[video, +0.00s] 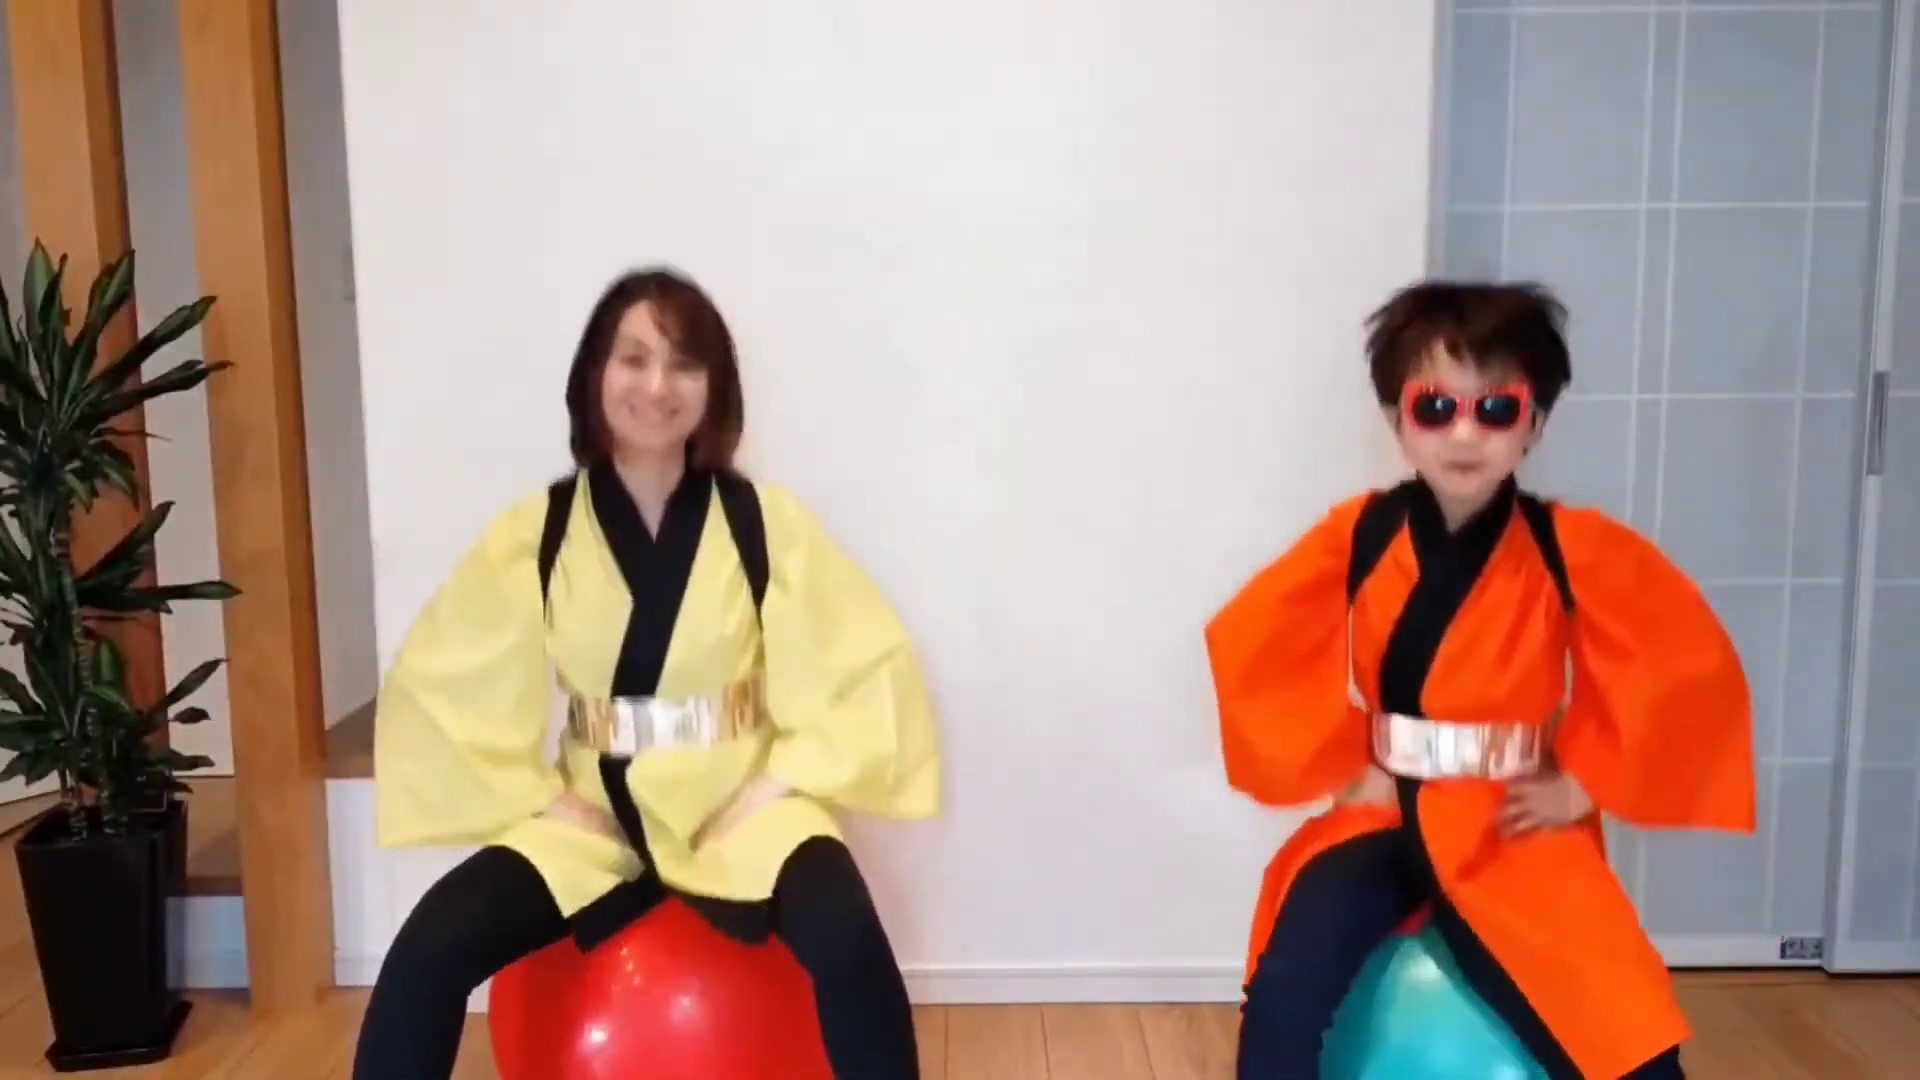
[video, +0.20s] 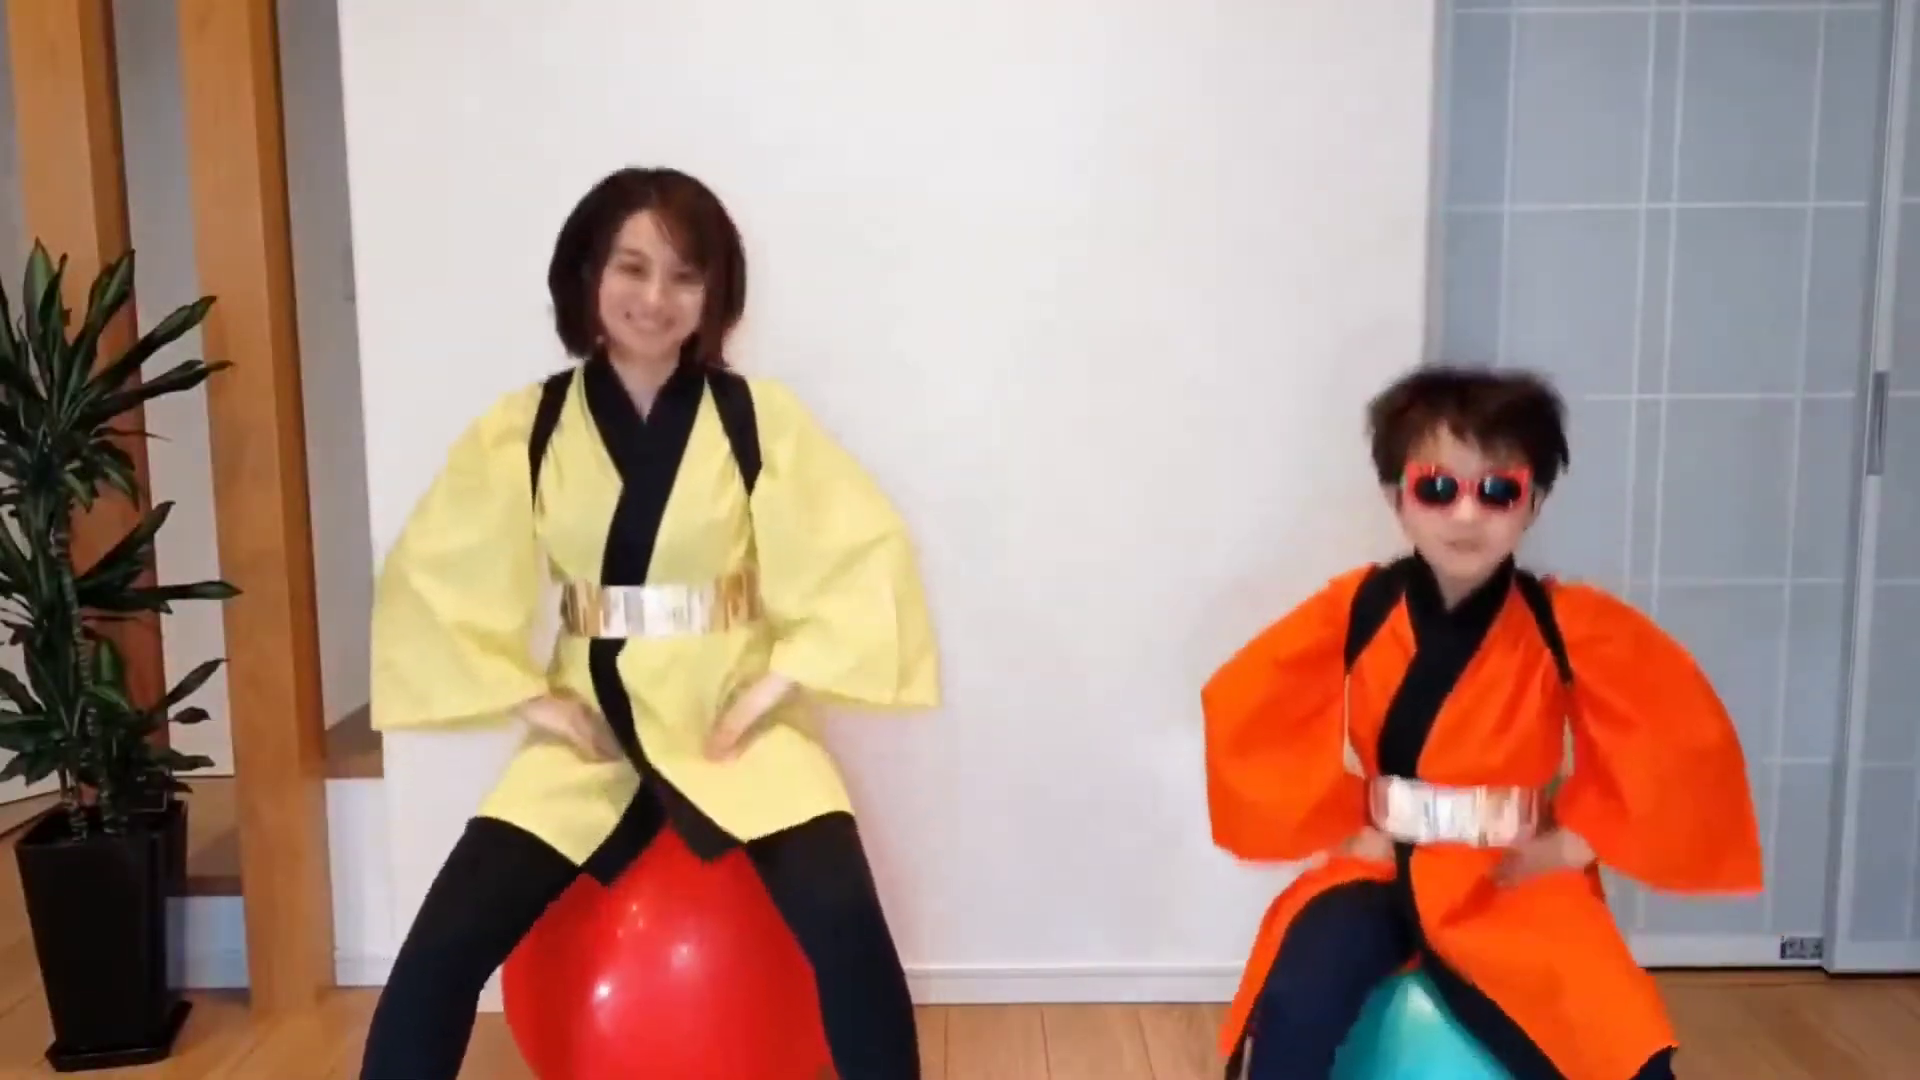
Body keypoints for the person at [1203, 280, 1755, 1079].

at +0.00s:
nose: (1465, 432)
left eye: (1497, 407)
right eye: (1436, 406)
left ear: (1535, 423)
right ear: (1397, 418)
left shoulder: (1575, 549)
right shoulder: (1360, 536)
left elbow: (1693, 677)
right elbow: (1247, 646)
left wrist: (1587, 785)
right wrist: (1346, 762)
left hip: (1521, 832)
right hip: (1381, 819)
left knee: (1634, 1041)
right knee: (1282, 994)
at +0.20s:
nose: (1466, 513)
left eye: (1497, 490)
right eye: (1438, 487)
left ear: (1531, 506)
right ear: (1397, 500)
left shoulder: (1567, 623)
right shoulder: (1361, 606)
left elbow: (1684, 745)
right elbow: (1240, 705)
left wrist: (1571, 844)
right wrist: (1342, 814)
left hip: (1513, 884)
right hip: (1380, 871)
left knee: (1621, 1040)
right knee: (1308, 970)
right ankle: (1275, 1066)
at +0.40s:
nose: (1472, 516)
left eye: (1505, 491)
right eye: (1442, 490)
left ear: (1542, 518)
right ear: (1406, 511)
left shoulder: (1568, 641)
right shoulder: (1365, 615)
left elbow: (1684, 772)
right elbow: (1243, 707)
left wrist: (1559, 860)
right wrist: (1331, 838)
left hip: (1507, 894)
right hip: (1373, 881)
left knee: (1603, 1035)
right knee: (1320, 962)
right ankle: (1281, 1066)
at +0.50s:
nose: (1473, 441)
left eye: (1508, 418)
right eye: (1444, 415)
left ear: (1547, 443)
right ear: (1406, 431)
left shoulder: (1574, 567)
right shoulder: (1363, 543)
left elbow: (1685, 700)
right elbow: (1247, 646)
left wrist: (1566, 802)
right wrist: (1334, 772)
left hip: (1505, 840)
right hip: (1369, 827)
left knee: (1606, 1029)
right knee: (1296, 982)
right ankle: (1280, 1069)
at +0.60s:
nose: (1473, 430)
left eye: (1508, 408)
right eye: (1445, 404)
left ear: (1546, 428)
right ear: (1407, 416)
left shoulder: (1574, 549)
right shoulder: (1363, 530)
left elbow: (1684, 674)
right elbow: (1242, 632)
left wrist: (1575, 780)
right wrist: (1330, 749)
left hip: (1510, 820)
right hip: (1376, 809)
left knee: (1608, 1018)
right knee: (1303, 974)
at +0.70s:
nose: (1471, 491)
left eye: (1504, 467)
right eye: (1443, 463)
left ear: (1539, 488)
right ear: (1402, 476)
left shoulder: (1568, 606)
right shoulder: (1361, 587)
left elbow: (1680, 726)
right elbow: (1237, 684)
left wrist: (1567, 830)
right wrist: (1332, 804)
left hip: (1508, 862)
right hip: (1375, 851)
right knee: (1319, 944)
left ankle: (1620, 1068)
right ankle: (1284, 1068)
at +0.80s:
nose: (1474, 563)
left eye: (1504, 541)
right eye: (1444, 540)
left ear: (1535, 559)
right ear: (1402, 560)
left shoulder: (1564, 684)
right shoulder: (1359, 665)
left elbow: (1686, 808)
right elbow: (1238, 759)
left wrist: (1560, 890)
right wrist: (1341, 856)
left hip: (1507, 928)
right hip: (1374, 915)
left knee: (1602, 1032)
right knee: (1322, 975)